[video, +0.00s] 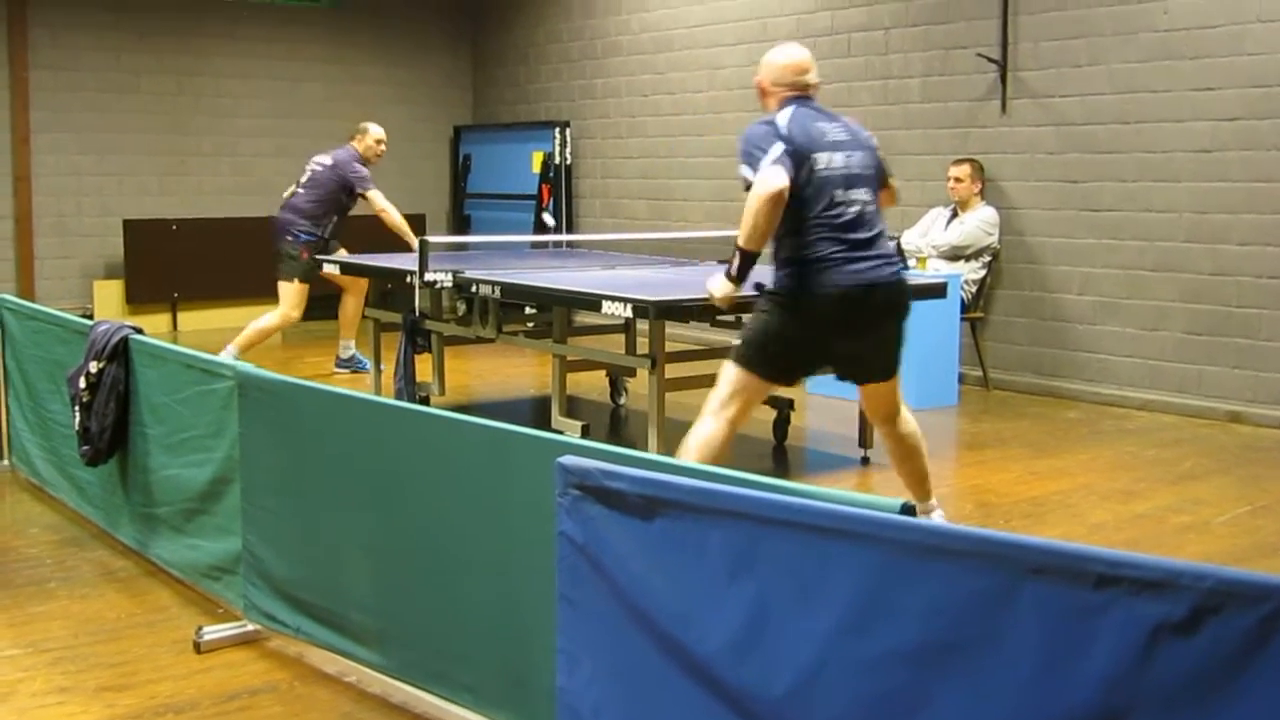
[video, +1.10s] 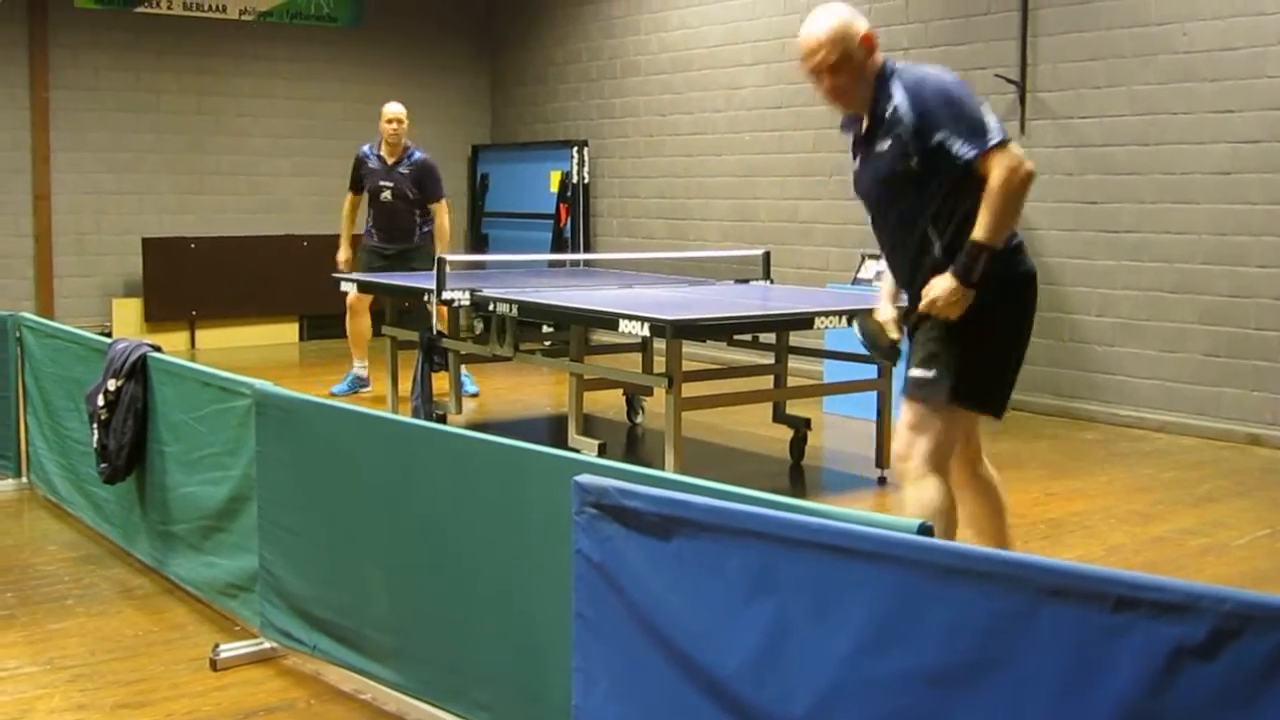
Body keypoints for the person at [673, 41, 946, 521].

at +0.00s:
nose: (757, 91)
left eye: (758, 85)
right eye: (761, 85)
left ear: (764, 87)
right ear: (812, 85)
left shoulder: (766, 131)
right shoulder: (854, 130)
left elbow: (773, 188)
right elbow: (887, 193)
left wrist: (734, 277)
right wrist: (833, 203)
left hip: (812, 291)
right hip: (883, 286)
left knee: (723, 410)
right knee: (891, 412)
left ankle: (666, 512)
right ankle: (929, 513)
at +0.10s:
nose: (790, 77)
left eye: (791, 70)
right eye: (794, 70)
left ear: (799, 70)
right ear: (846, 69)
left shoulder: (790, 114)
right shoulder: (889, 118)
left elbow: (773, 175)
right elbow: (918, 193)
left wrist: (736, 241)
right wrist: (859, 197)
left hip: (834, 280)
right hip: (906, 281)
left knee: (765, 409)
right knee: (925, 411)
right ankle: (959, 520)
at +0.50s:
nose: (861, 135)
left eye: (862, 127)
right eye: (862, 128)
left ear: (870, 126)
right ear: (919, 123)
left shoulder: (872, 163)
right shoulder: (960, 173)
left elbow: (785, 235)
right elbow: (960, 261)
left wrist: (767, 207)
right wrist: (877, 282)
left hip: (917, 343)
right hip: (995, 338)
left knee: (818, 464)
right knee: (969, 446)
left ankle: (824, 578)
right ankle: (1033, 552)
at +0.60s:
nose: (857, 132)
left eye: (859, 124)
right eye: (858, 125)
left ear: (872, 124)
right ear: (915, 124)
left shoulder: (886, 151)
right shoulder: (938, 169)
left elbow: (811, 152)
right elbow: (868, 236)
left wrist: (747, 154)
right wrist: (804, 246)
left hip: (945, 333)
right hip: (1015, 329)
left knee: (835, 455)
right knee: (989, 453)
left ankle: (827, 580)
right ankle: (1042, 559)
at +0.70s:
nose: (831, 131)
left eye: (834, 120)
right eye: (831, 122)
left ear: (851, 112)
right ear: (888, 101)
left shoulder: (888, 126)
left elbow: (884, 131)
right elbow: (870, 231)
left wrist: (814, 172)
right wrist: (818, 257)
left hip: (962, 307)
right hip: (1024, 297)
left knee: (862, 448)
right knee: (1016, 449)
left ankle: (845, 581)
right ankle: (1053, 563)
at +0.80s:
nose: (809, 151)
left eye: (808, 136)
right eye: (805, 139)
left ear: (834, 122)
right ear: (844, 118)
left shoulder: (876, 138)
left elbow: (921, 192)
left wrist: (911, 280)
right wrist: (897, 301)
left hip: (974, 311)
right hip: (1026, 305)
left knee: (871, 456)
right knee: (1011, 457)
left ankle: (912, 588)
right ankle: (1062, 578)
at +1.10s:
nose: (825, 85)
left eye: (833, 67)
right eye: (814, 75)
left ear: (870, 46)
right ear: (805, 73)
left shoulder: (925, 90)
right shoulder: (860, 126)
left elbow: (1012, 170)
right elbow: (903, 224)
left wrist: (965, 273)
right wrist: (888, 295)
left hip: (978, 286)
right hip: (937, 290)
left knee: (915, 456)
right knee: (963, 460)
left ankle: (922, 615)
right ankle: (1001, 596)